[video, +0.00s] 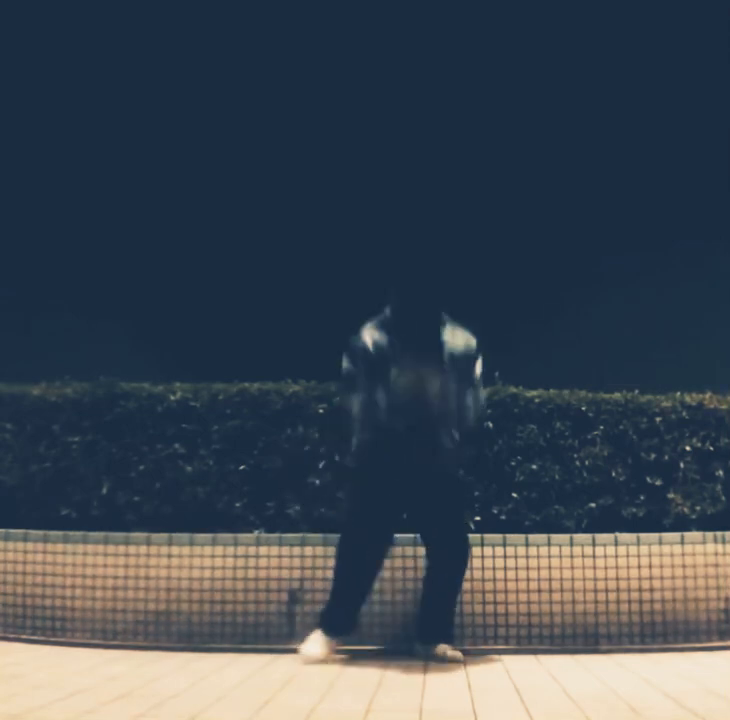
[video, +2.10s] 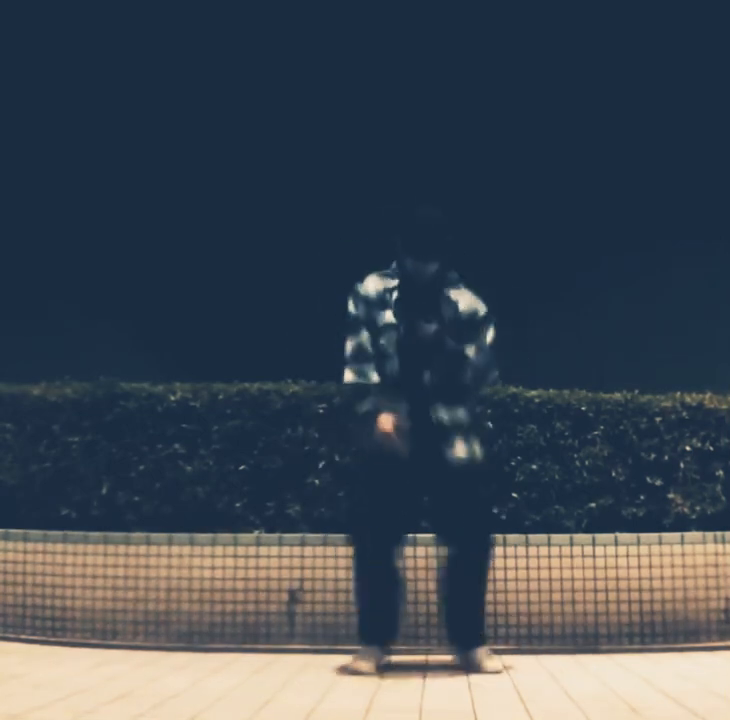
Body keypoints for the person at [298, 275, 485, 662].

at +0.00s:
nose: (418, 314)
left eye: (426, 304)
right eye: (409, 303)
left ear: (437, 303)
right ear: (395, 301)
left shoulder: (460, 345)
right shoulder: (370, 343)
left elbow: (470, 414)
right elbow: (354, 409)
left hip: (437, 465)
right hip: (379, 463)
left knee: (451, 547)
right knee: (361, 544)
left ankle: (434, 637)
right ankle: (332, 629)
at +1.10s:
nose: (416, 259)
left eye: (423, 249)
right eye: (407, 250)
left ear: (438, 249)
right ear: (391, 252)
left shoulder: (472, 303)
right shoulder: (366, 307)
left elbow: (502, 363)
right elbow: (341, 369)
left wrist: (448, 367)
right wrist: (378, 384)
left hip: (462, 449)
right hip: (393, 450)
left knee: (485, 546)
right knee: (378, 548)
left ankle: (508, 650)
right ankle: (351, 652)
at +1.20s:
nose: (418, 262)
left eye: (426, 253)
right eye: (409, 253)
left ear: (440, 255)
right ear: (393, 257)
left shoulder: (471, 305)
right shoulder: (370, 308)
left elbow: (497, 362)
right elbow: (351, 374)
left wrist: (456, 404)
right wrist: (391, 339)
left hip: (462, 454)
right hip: (399, 454)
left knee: (487, 548)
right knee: (389, 549)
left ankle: (521, 651)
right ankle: (341, 652)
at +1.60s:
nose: (414, 277)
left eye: (422, 272)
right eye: (406, 272)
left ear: (436, 285)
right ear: (391, 283)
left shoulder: (468, 320)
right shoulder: (368, 312)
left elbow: (513, 362)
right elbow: (344, 326)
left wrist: (447, 352)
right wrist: (395, 293)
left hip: (461, 480)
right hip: (380, 479)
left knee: (525, 548)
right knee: (330, 557)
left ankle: (548, 656)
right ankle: (307, 657)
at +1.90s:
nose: (422, 260)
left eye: (433, 250)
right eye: (413, 249)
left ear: (447, 245)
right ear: (399, 243)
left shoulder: (468, 275)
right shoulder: (379, 270)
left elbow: (510, 309)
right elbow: (334, 275)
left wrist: (438, 321)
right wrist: (377, 305)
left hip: (462, 430)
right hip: (389, 429)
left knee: (488, 527)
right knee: (359, 523)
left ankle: (501, 638)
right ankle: (355, 635)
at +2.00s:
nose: (424, 267)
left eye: (433, 258)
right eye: (416, 258)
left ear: (448, 257)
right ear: (401, 254)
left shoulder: (469, 305)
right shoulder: (370, 292)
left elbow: (476, 375)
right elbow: (356, 350)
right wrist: (382, 384)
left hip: (453, 446)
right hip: (391, 445)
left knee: (457, 544)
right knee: (386, 542)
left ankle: (467, 646)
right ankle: (377, 647)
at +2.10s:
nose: (423, 264)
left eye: (433, 255)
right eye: (415, 255)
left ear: (448, 255)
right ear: (401, 252)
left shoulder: (470, 307)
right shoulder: (371, 294)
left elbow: (480, 376)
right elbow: (359, 364)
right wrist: (378, 410)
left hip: (456, 447)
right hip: (388, 445)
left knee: (470, 539)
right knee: (375, 539)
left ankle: (471, 644)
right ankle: (373, 645)